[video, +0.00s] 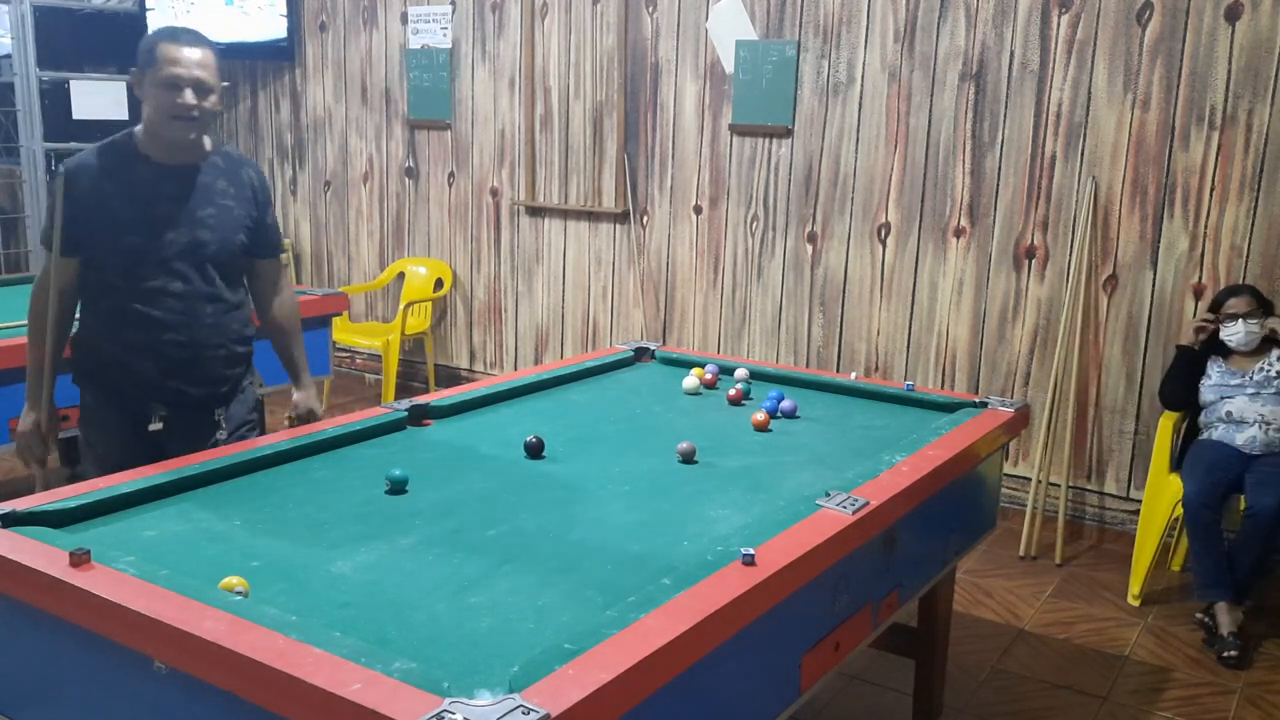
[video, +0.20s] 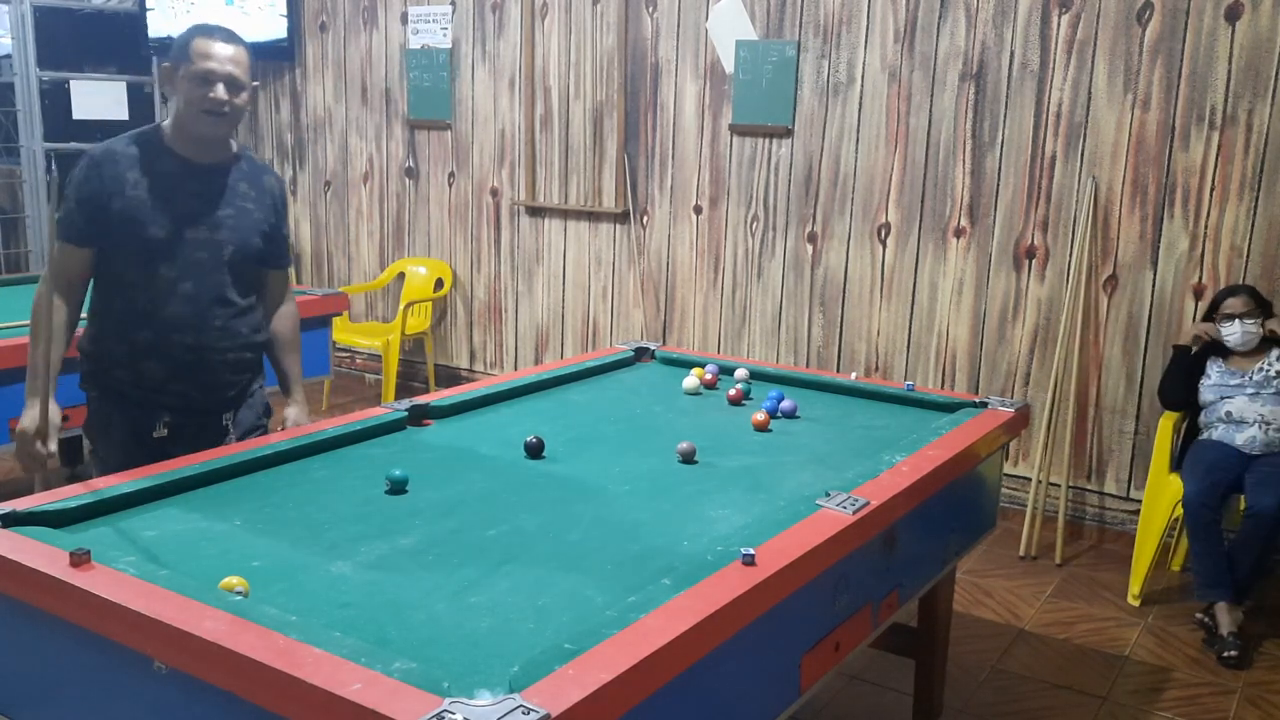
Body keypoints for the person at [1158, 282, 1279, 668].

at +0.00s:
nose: (1238, 325)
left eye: (1248, 317)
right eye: (1229, 318)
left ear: (1265, 321)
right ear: (1217, 323)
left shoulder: (1276, 358)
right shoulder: (1208, 359)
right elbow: (1171, 399)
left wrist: (1279, 338)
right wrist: (1193, 345)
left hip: (1272, 449)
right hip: (1219, 442)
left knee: (1268, 511)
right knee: (1197, 498)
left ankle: (1222, 604)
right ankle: (1225, 611)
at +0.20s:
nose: (1237, 326)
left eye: (1247, 317)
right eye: (1227, 318)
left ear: (1264, 322)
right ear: (1214, 324)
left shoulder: (1275, 357)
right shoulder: (1206, 361)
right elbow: (1171, 400)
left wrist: (1277, 336)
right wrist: (1190, 344)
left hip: (1271, 450)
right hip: (1218, 444)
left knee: (1267, 513)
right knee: (1197, 498)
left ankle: (1221, 604)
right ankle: (1225, 612)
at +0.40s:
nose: (1236, 326)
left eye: (1245, 318)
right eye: (1226, 319)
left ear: (1264, 321)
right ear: (1212, 326)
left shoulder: (1276, 355)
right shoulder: (1206, 361)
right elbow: (1171, 400)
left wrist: (1275, 334)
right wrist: (1189, 348)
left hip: (1272, 450)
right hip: (1218, 443)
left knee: (1268, 511)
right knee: (1197, 498)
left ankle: (1222, 604)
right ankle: (1225, 611)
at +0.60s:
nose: (1233, 326)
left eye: (1242, 318)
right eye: (1223, 320)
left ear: (1261, 321)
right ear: (1210, 326)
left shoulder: (1275, 354)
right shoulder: (1205, 360)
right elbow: (1171, 400)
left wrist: (1276, 334)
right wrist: (1187, 348)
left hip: (1271, 450)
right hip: (1218, 443)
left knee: (1268, 511)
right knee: (1197, 499)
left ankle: (1220, 604)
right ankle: (1224, 611)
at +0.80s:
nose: (1232, 326)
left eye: (1240, 316)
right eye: (1221, 320)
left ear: (1258, 319)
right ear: (1209, 327)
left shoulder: (1276, 355)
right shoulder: (1205, 361)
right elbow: (1171, 400)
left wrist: (1277, 335)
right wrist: (1186, 348)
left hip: (1272, 449)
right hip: (1218, 443)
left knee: (1268, 511)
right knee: (1197, 498)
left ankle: (1221, 605)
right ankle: (1224, 612)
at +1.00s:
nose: (1233, 324)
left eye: (1240, 315)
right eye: (1221, 319)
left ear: (1257, 317)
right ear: (1208, 326)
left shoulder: (1275, 354)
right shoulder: (1204, 360)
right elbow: (1171, 400)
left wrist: (1277, 333)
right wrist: (1185, 348)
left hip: (1271, 449)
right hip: (1218, 443)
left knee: (1268, 512)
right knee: (1197, 499)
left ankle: (1221, 604)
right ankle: (1224, 612)